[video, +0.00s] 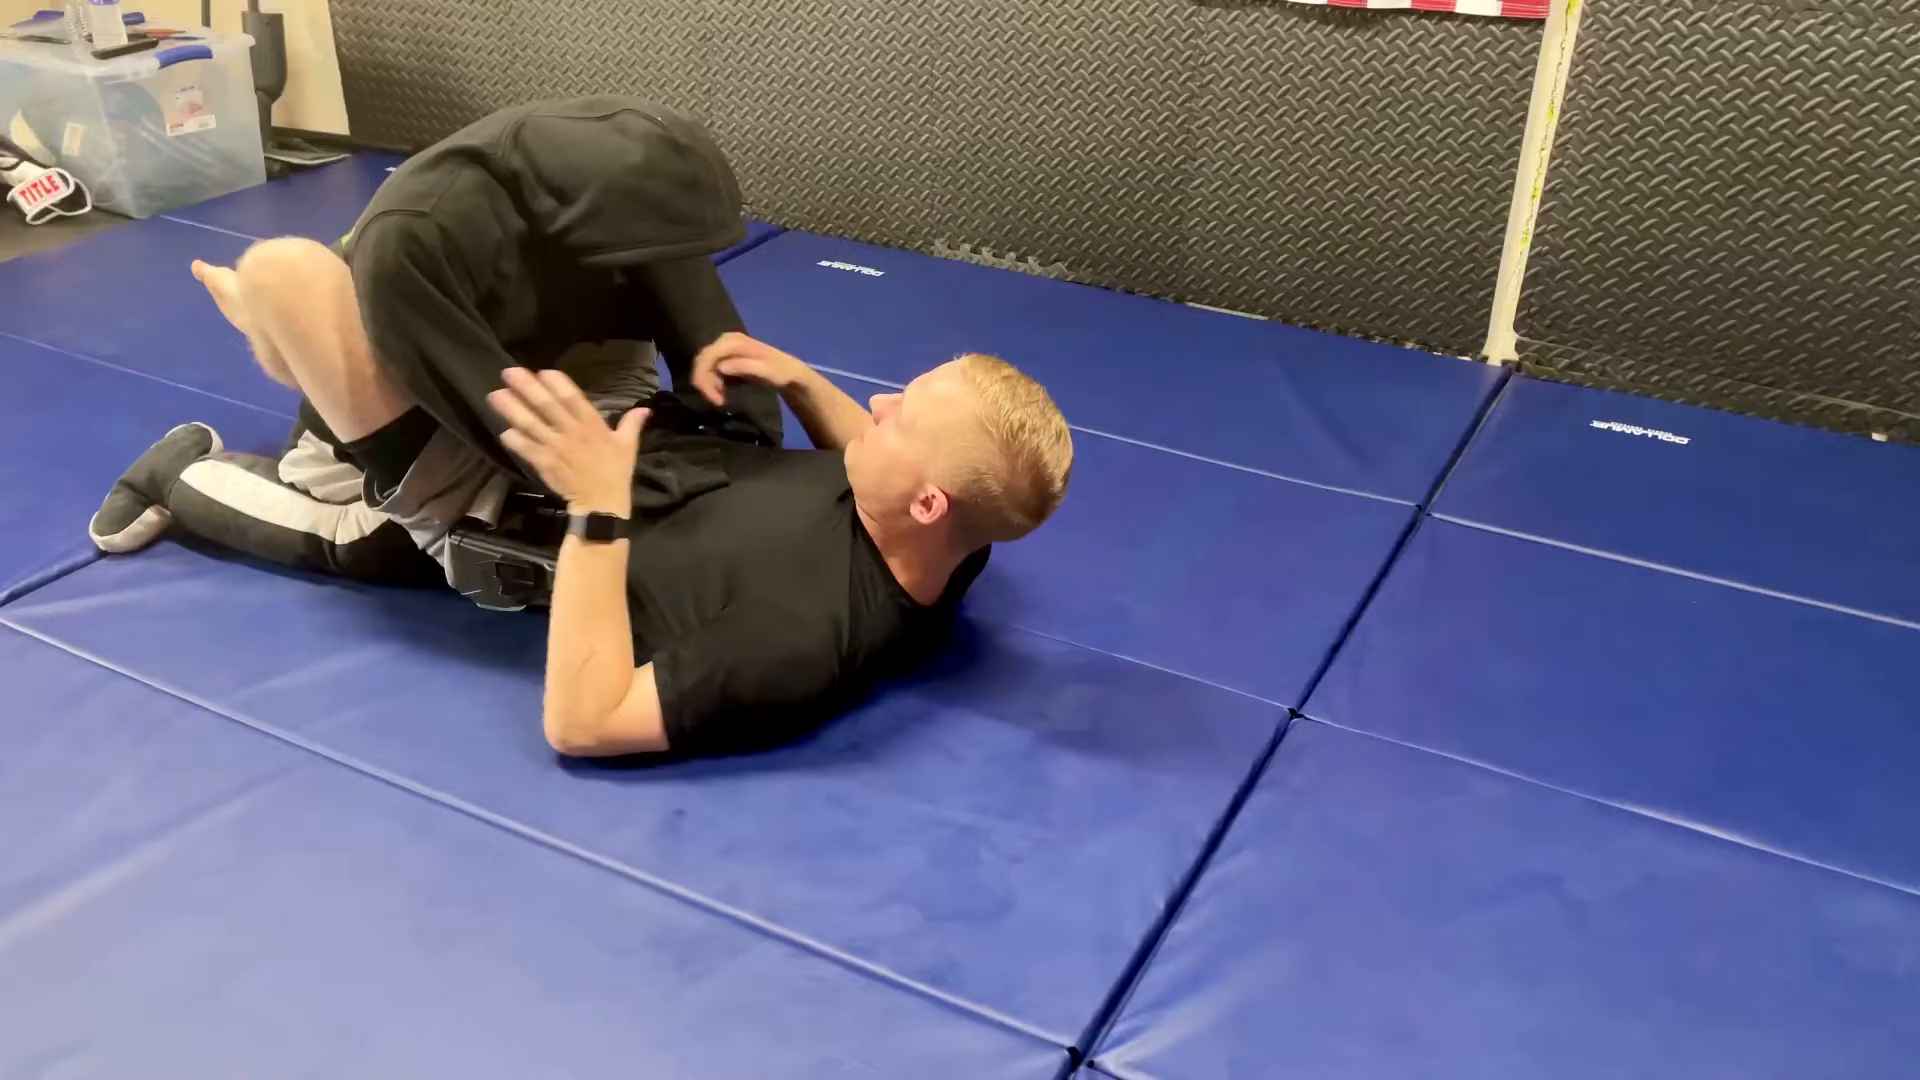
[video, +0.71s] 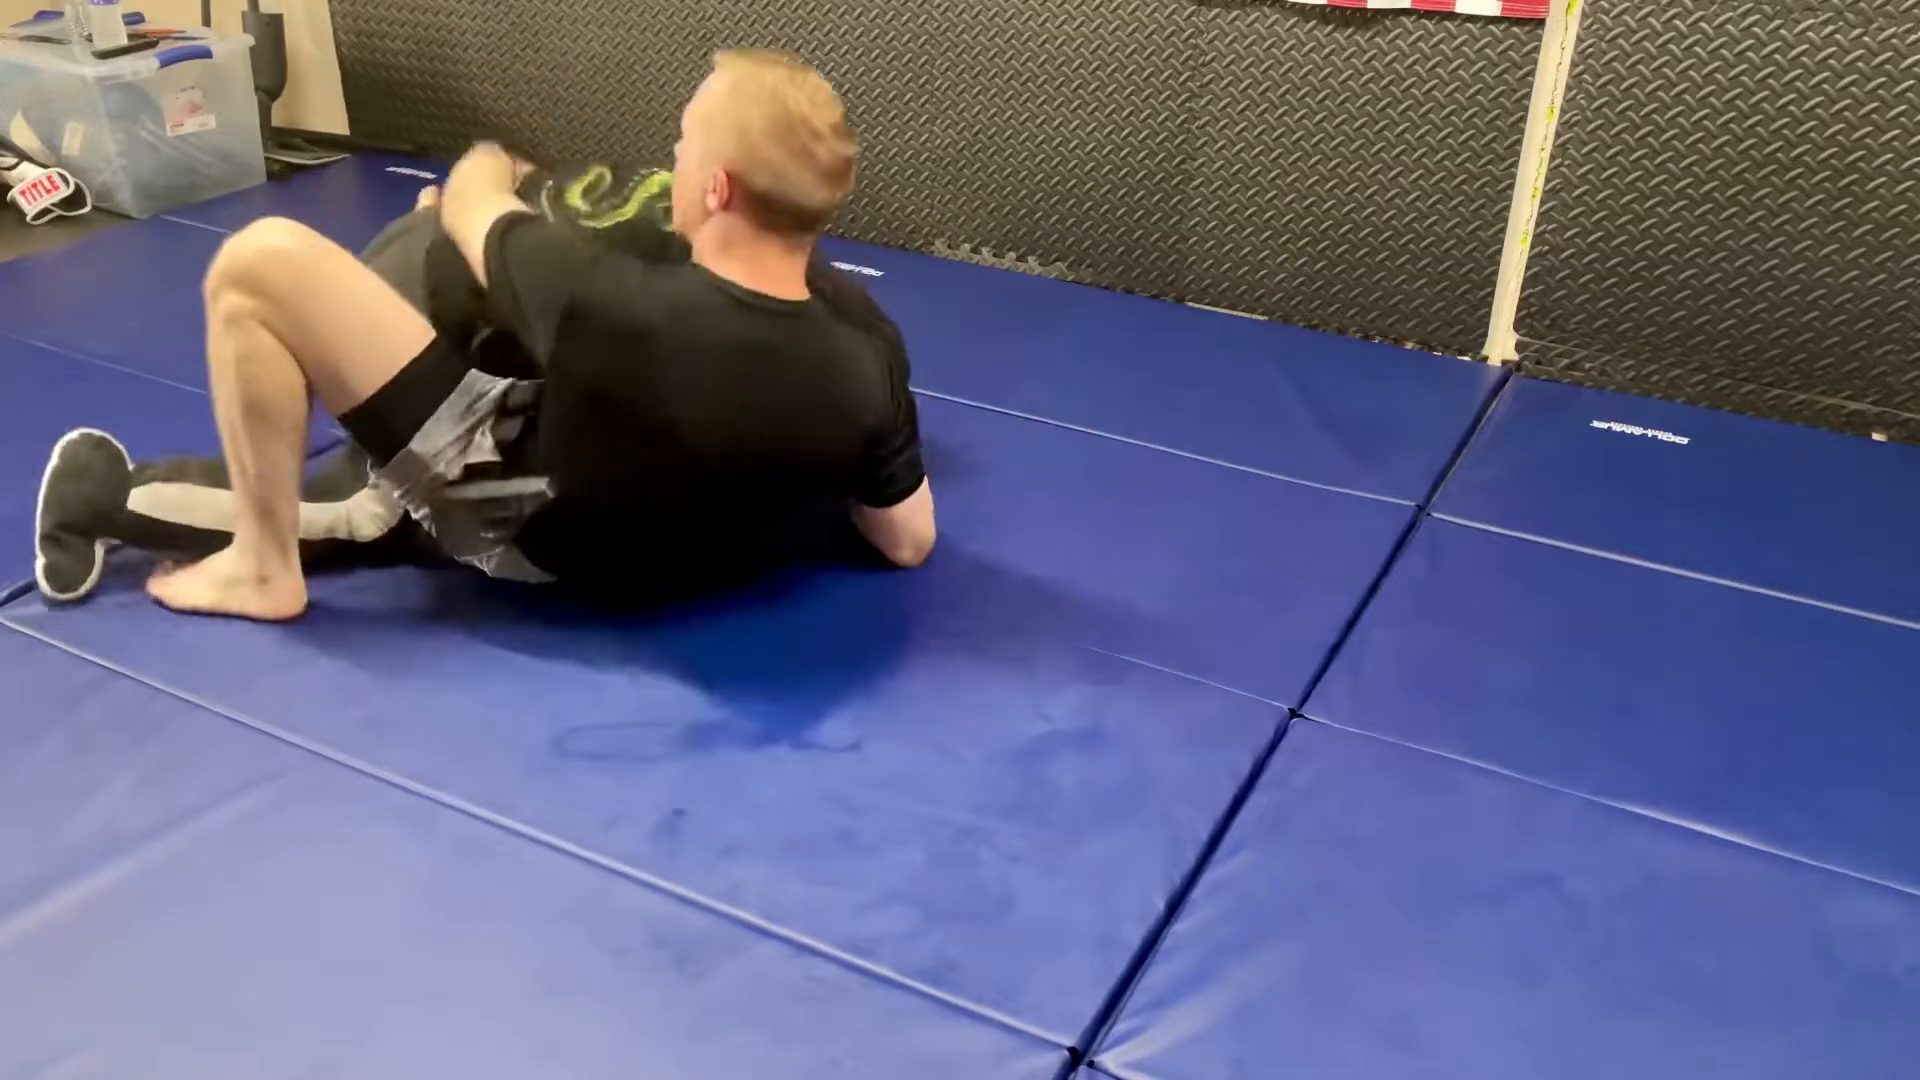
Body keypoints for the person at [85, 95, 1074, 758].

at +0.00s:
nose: (883, 399)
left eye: (901, 403)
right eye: (907, 392)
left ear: (919, 501)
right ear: (949, 512)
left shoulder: (806, 638)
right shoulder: (939, 533)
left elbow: (585, 720)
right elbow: (877, 468)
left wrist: (598, 509)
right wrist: (798, 382)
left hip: (527, 515)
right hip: (659, 437)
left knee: (285, 268)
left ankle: (344, 462)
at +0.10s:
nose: (895, 406)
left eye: (913, 415)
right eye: (920, 399)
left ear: (934, 508)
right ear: (955, 510)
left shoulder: (846, 636)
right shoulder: (912, 495)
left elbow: (621, 706)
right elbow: (814, 399)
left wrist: (531, 522)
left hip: (523, 527)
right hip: (627, 434)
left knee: (295, 252)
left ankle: (346, 462)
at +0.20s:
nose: (912, 428)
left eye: (940, 450)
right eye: (940, 418)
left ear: (961, 543)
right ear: (940, 413)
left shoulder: (860, 639)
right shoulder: (913, 436)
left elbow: (631, 678)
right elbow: (737, 387)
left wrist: (567, 492)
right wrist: (529, 345)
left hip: (527, 526)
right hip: (611, 433)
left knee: (320, 238)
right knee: (343, 319)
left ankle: (343, 449)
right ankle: (281, 313)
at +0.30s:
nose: (891, 436)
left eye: (916, 452)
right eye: (918, 424)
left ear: (952, 545)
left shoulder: (839, 633)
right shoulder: (919, 444)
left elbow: (614, 573)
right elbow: (762, 375)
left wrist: (624, 398)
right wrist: (560, 281)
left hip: (530, 491)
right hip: (624, 408)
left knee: (325, 242)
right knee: (421, 251)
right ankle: (254, 237)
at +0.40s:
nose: (799, 363)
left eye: (818, 374)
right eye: (818, 354)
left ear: (849, 457)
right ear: (906, 446)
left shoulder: (751, 568)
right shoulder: (924, 466)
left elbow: (573, 434)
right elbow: (835, 330)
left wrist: (715, 365)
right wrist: (695, 291)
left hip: (544, 513)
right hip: (698, 444)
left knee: (296, 257)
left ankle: (38, 368)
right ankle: (342, 228)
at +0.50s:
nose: (691, 282)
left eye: (708, 284)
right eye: (710, 265)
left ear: (749, 346)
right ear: (854, 335)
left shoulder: (670, 471)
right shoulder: (914, 409)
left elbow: (482, 365)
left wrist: (649, 282)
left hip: (572, 558)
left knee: (288, 245)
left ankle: (80, 502)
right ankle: (397, 291)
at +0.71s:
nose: (677, 153)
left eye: (690, 142)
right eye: (689, 136)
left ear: (713, 191)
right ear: (824, 203)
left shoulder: (611, 301)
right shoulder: (864, 345)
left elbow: (471, 206)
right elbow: (910, 542)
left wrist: (495, 165)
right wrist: (822, 442)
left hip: (556, 536)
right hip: (694, 543)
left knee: (258, 266)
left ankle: (263, 564)